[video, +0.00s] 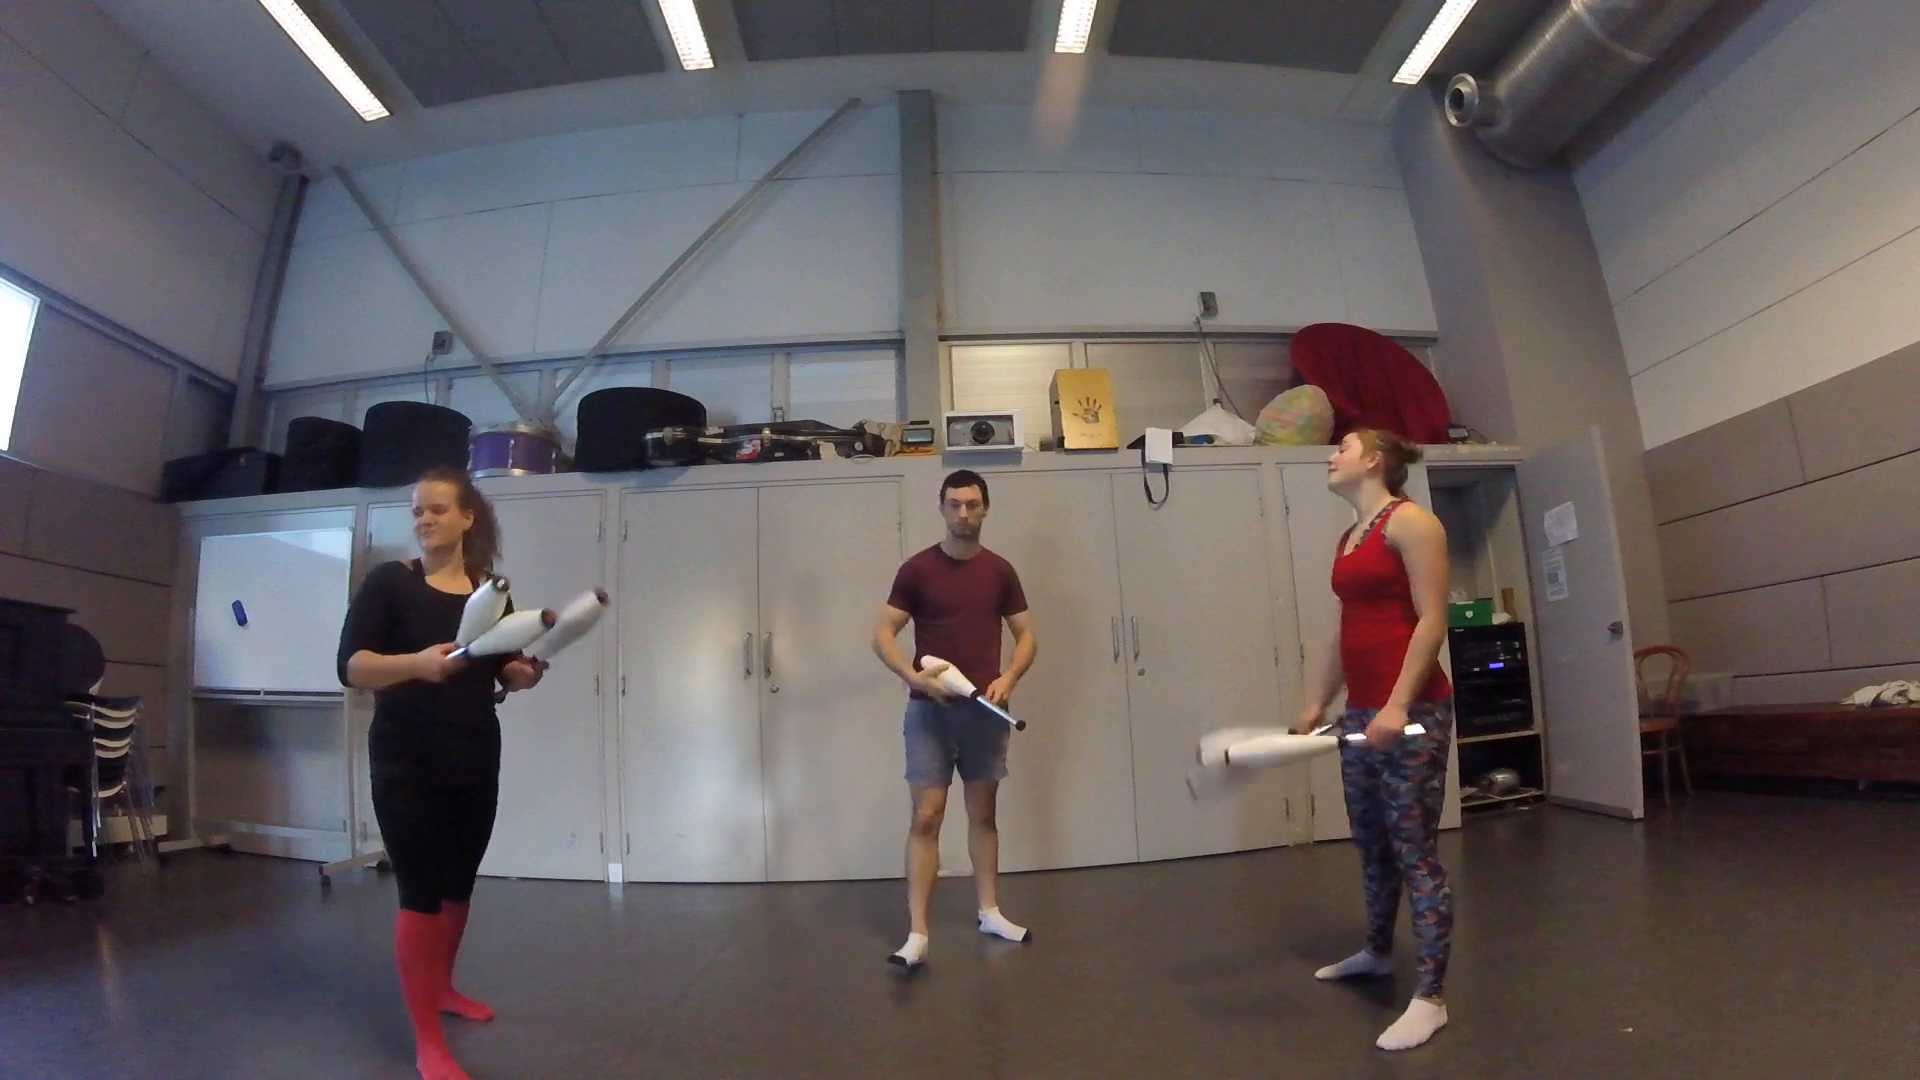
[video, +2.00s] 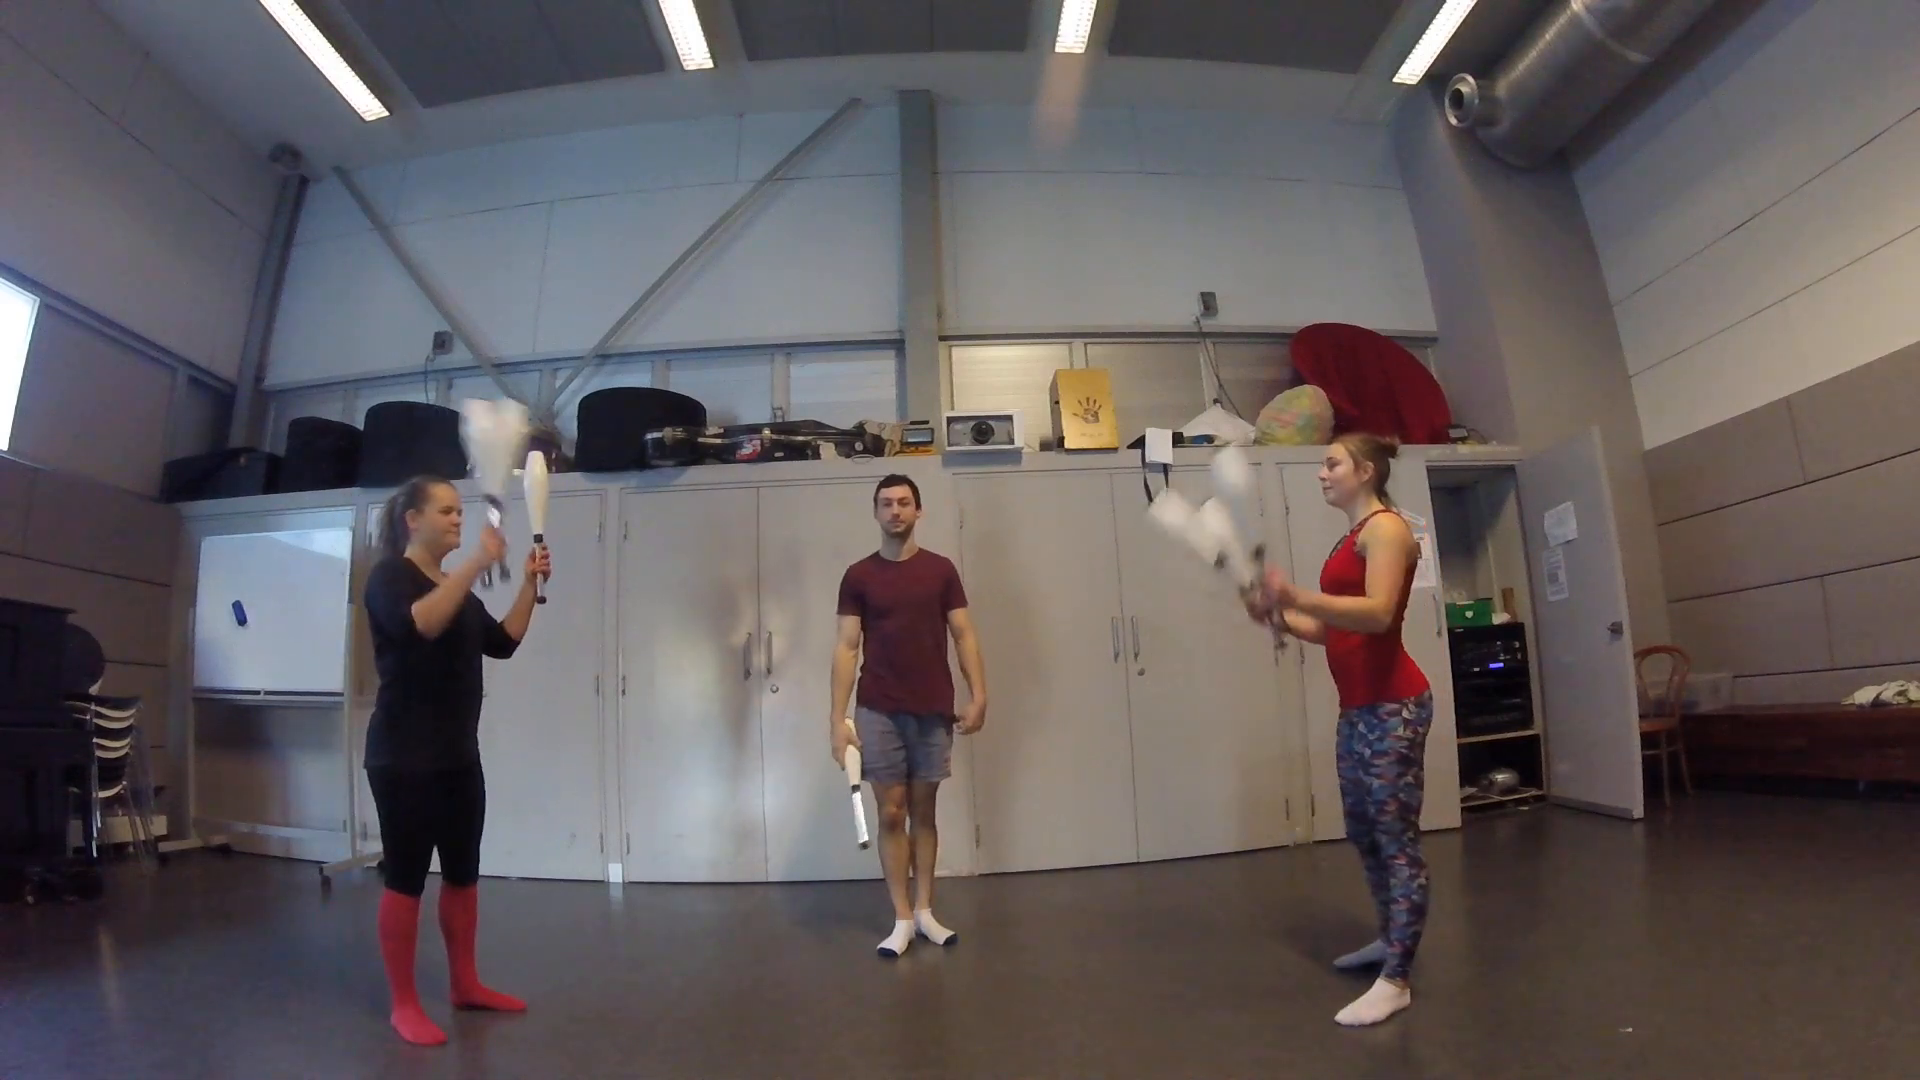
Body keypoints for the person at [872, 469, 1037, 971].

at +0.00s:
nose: (964, 512)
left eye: (973, 504)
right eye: (955, 504)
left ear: (985, 511)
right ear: (942, 510)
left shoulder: (999, 570)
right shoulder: (917, 570)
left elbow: (1026, 638)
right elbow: (883, 637)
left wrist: (1009, 679)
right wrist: (912, 676)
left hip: (985, 709)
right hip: (930, 708)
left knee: (983, 814)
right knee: (926, 818)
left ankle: (989, 912)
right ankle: (918, 934)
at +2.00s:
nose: (895, 510)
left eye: (902, 503)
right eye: (886, 504)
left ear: (918, 513)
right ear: (875, 513)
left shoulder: (941, 570)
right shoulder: (859, 575)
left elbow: (964, 634)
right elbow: (847, 648)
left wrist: (979, 697)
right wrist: (838, 718)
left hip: (932, 708)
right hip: (878, 708)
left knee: (924, 814)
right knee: (891, 815)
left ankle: (924, 912)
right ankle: (902, 919)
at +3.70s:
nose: (873, 462)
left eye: (884, 452)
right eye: (872, 454)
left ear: (921, 459)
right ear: (879, 467)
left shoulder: (966, 535)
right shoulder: (862, 544)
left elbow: (997, 619)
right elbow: (844, 631)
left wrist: (1008, 698)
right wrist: (825, 711)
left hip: (954, 722)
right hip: (879, 722)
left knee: (960, 850)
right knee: (871, 854)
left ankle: (968, 980)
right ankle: (867, 1000)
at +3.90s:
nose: (846, 460)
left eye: (856, 449)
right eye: (845, 451)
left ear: (897, 453)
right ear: (878, 457)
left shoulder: (946, 527)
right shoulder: (841, 541)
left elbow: (965, 617)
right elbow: (824, 634)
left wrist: (922, 674)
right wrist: (804, 719)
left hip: (940, 725)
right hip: (861, 725)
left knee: (956, 857)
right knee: (854, 863)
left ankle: (965, 981)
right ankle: (845, 1016)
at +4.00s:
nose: (831, 453)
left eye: (842, 442)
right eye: (832, 443)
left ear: (882, 446)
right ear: (858, 451)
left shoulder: (931, 517)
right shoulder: (827, 535)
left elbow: (923, 607)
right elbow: (813, 632)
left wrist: (837, 638)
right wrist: (786, 716)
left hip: (926, 716)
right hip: (849, 722)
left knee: (964, 855)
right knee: (849, 865)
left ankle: (971, 973)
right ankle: (845, 1015)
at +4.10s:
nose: (818, 451)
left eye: (827, 440)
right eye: (817, 442)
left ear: (868, 442)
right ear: (855, 445)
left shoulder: (915, 511)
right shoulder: (820, 535)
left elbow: (863, 583)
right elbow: (802, 630)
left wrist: (755, 596)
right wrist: (774, 711)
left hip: (917, 714)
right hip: (839, 720)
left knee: (966, 854)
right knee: (844, 866)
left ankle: (990, 971)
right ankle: (845, 1018)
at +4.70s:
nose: (876, 443)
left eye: (885, 432)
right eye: (862, 432)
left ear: (898, 440)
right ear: (833, 443)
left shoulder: (918, 498)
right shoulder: (814, 537)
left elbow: (910, 570)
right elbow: (797, 640)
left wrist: (807, 598)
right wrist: (779, 732)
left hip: (937, 711)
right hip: (857, 721)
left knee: (979, 860)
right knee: (856, 871)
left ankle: (996, 995)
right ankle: (848, 1017)